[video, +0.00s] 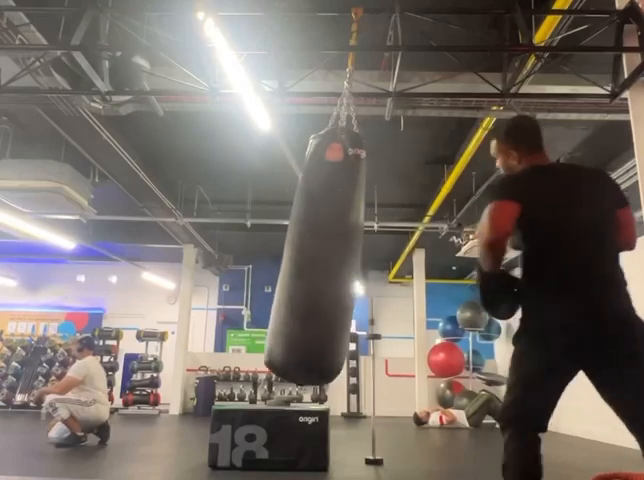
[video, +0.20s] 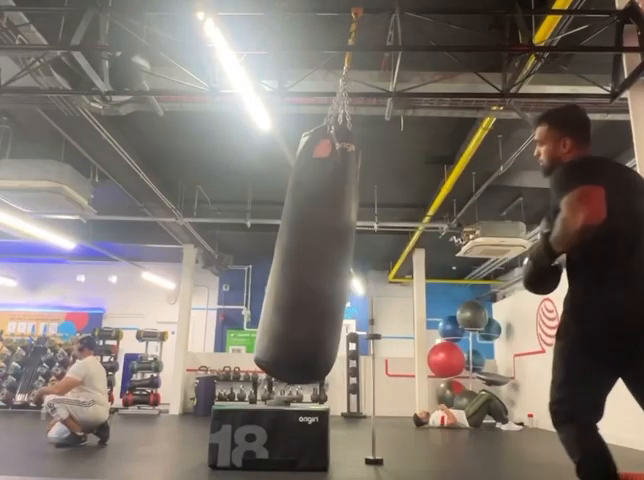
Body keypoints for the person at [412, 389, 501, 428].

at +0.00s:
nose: (423, 410)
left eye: (421, 411)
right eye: (421, 413)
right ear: (423, 418)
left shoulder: (433, 416)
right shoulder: (433, 420)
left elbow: (449, 415)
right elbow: (451, 419)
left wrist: (438, 410)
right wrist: (440, 410)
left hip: (465, 413)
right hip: (468, 419)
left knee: (484, 394)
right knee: (486, 397)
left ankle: (503, 417)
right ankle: (505, 419)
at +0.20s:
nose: (423, 410)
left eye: (421, 411)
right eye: (421, 413)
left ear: (423, 417)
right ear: (423, 419)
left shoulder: (434, 415)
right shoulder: (434, 420)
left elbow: (450, 417)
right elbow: (452, 421)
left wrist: (444, 409)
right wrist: (444, 409)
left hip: (466, 413)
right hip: (469, 419)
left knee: (484, 393)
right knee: (487, 396)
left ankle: (501, 419)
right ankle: (505, 422)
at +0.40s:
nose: (423, 410)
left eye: (421, 411)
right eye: (421, 413)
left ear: (423, 417)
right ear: (423, 418)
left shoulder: (434, 415)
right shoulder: (434, 420)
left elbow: (451, 418)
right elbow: (453, 423)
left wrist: (446, 410)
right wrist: (447, 410)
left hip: (467, 413)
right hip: (470, 419)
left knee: (484, 393)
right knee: (487, 396)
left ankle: (501, 420)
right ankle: (505, 422)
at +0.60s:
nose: (423, 410)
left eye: (421, 411)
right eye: (421, 412)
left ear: (423, 417)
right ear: (423, 418)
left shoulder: (434, 415)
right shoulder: (434, 420)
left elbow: (451, 418)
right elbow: (453, 423)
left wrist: (445, 410)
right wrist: (447, 410)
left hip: (467, 413)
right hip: (470, 419)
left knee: (484, 393)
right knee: (487, 397)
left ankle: (501, 420)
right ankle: (505, 422)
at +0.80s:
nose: (423, 410)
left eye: (421, 411)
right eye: (421, 413)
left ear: (423, 417)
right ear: (423, 419)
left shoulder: (434, 415)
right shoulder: (434, 420)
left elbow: (450, 418)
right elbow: (452, 423)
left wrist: (446, 410)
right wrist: (446, 410)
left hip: (467, 413)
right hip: (470, 419)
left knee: (484, 393)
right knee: (487, 397)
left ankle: (501, 420)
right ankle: (505, 422)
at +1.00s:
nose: (423, 410)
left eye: (420, 411)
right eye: (421, 413)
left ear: (423, 417)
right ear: (423, 419)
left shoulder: (434, 415)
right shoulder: (434, 420)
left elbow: (450, 419)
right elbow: (453, 423)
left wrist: (446, 410)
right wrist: (447, 410)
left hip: (467, 413)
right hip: (470, 419)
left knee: (484, 393)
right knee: (487, 397)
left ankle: (501, 420)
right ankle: (505, 422)